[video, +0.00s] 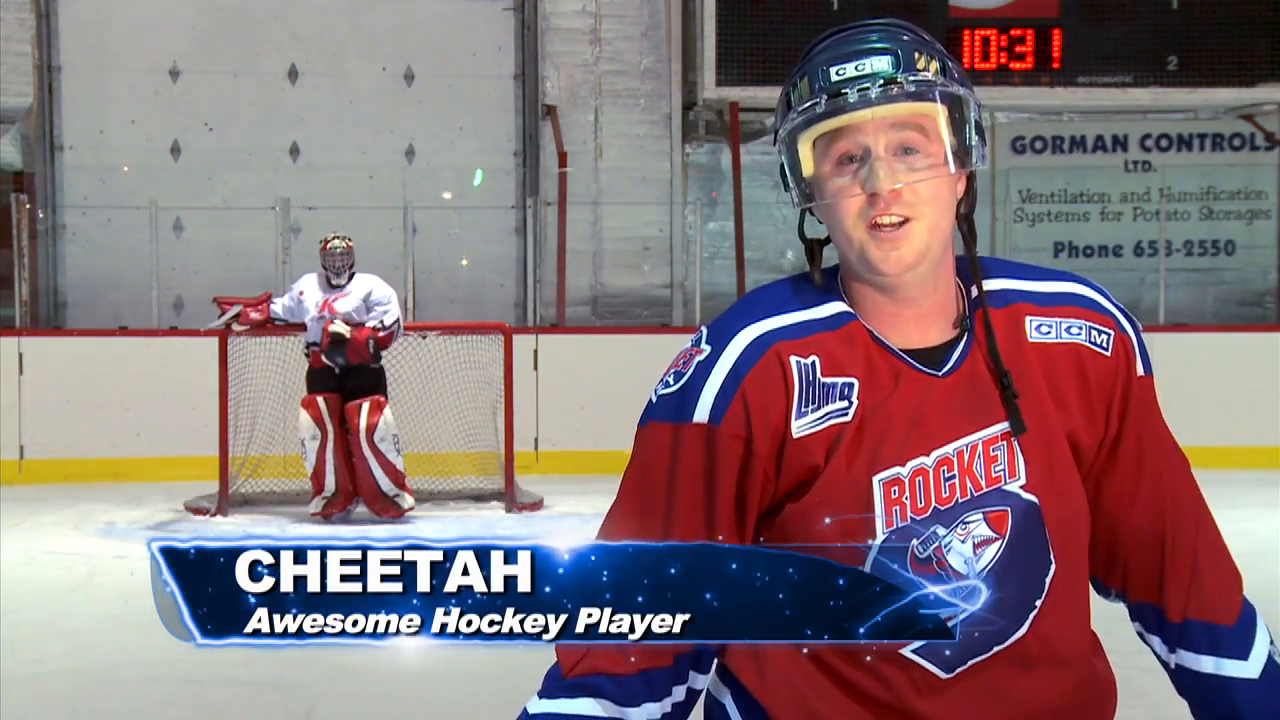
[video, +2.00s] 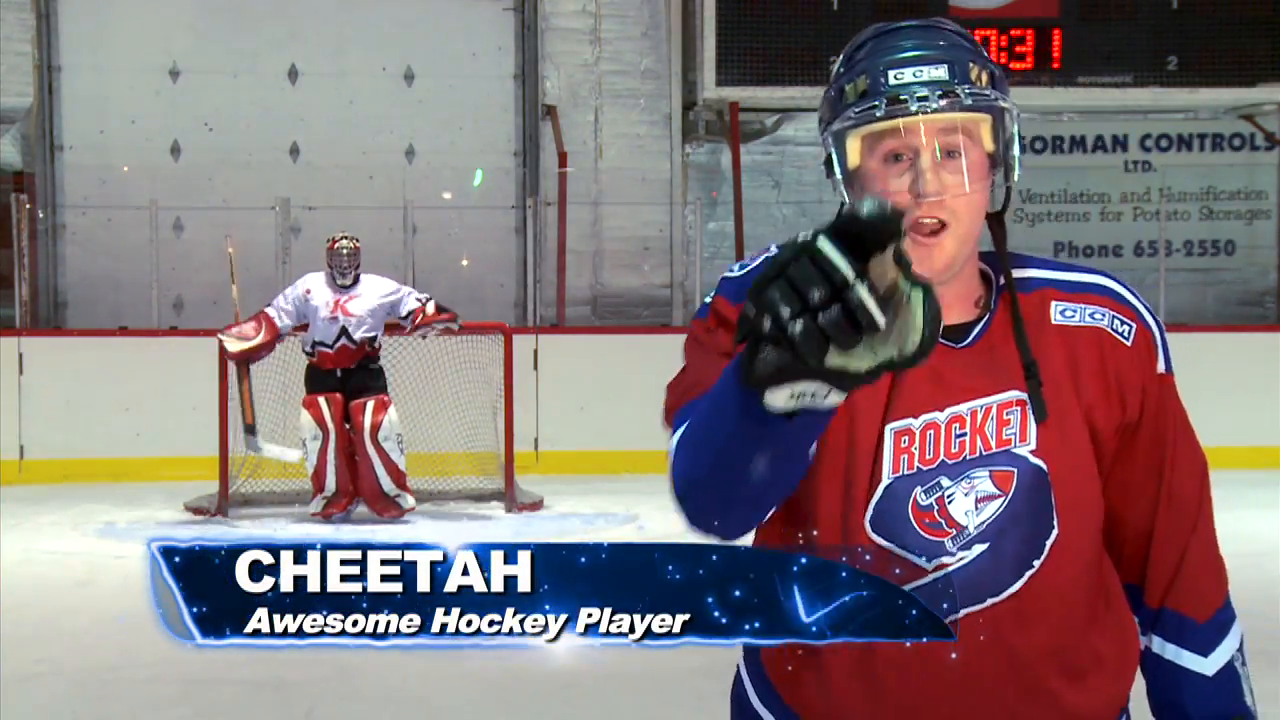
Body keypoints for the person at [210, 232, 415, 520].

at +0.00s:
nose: (338, 263)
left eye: (343, 257)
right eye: (332, 258)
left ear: (352, 258)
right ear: (323, 260)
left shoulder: (371, 286)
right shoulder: (307, 287)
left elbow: (389, 326)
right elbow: (281, 310)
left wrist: (352, 333)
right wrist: (245, 311)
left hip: (363, 374)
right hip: (323, 374)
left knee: (369, 431)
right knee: (322, 433)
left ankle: (391, 498)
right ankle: (332, 499)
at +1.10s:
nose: (340, 263)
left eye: (346, 257)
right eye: (335, 257)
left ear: (355, 259)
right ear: (326, 259)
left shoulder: (372, 290)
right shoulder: (308, 286)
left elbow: (393, 332)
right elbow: (281, 310)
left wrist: (379, 368)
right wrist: (246, 313)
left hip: (358, 372)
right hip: (320, 374)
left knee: (364, 432)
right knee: (326, 434)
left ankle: (389, 497)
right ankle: (335, 496)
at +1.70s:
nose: (343, 263)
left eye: (348, 257)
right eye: (337, 257)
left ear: (357, 259)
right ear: (328, 259)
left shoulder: (375, 290)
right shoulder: (310, 286)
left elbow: (406, 319)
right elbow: (278, 305)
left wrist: (397, 351)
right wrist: (240, 312)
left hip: (362, 373)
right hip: (321, 375)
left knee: (367, 431)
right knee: (325, 434)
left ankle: (390, 500)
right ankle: (333, 498)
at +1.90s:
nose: (344, 262)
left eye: (349, 257)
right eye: (338, 256)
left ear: (358, 259)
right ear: (328, 259)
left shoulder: (378, 289)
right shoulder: (310, 286)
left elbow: (412, 306)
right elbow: (274, 309)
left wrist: (422, 320)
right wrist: (241, 322)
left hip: (364, 373)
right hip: (322, 374)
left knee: (374, 433)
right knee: (324, 436)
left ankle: (390, 501)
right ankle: (332, 500)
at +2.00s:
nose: (344, 264)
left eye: (350, 258)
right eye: (338, 259)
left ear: (358, 260)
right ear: (328, 261)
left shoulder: (378, 288)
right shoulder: (309, 288)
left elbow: (416, 303)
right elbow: (276, 315)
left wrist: (432, 315)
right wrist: (246, 332)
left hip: (365, 374)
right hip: (322, 375)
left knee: (372, 433)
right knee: (327, 435)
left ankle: (387, 500)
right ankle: (334, 499)